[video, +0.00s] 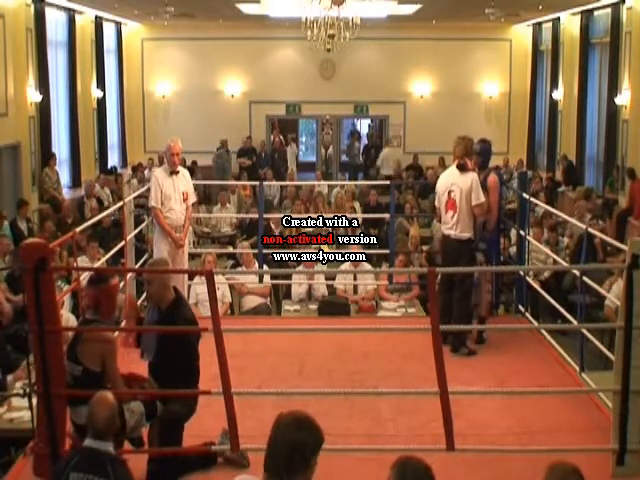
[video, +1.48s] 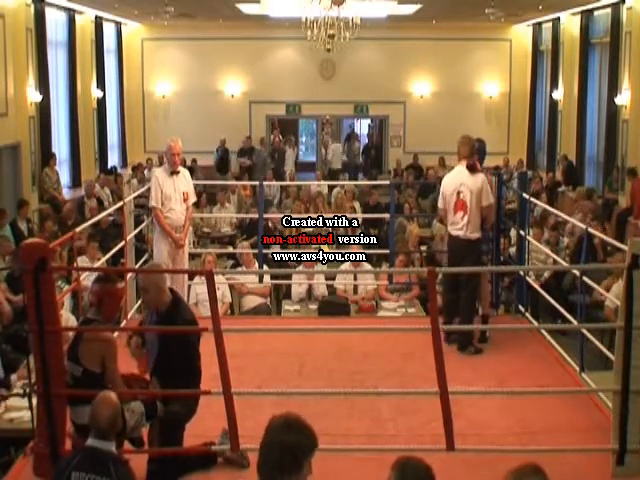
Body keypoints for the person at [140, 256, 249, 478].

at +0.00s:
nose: (146, 288)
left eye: (150, 282)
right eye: (145, 282)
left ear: (166, 282)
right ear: (148, 281)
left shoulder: (181, 319)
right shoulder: (154, 308)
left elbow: (185, 371)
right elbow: (144, 346)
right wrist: (135, 320)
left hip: (177, 398)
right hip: (160, 393)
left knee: (160, 469)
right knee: (160, 467)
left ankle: (217, 451)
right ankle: (215, 449)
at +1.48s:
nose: (142, 296)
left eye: (146, 291)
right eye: (140, 290)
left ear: (163, 289)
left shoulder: (180, 321)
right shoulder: (157, 309)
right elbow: (143, 331)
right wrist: (136, 342)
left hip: (178, 399)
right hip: (162, 393)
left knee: (159, 469)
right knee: (161, 466)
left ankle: (216, 452)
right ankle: (215, 450)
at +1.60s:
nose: (141, 297)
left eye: (145, 291)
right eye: (139, 291)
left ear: (162, 288)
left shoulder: (180, 322)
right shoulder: (156, 310)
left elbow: (173, 379)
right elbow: (142, 339)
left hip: (178, 399)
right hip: (161, 393)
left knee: (161, 469)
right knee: (159, 467)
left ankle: (218, 452)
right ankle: (216, 450)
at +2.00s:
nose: (141, 297)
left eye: (145, 291)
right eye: (139, 291)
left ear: (162, 289)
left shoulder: (179, 319)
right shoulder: (152, 306)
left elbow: (162, 370)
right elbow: (131, 316)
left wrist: (130, 351)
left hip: (180, 395)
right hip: (159, 389)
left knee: (161, 469)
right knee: (162, 467)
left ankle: (217, 454)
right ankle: (216, 450)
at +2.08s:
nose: (140, 297)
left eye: (144, 292)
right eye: (138, 292)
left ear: (161, 289)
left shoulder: (179, 320)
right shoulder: (151, 306)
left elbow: (162, 372)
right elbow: (133, 315)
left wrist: (130, 348)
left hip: (182, 393)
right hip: (158, 387)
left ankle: (217, 454)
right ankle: (217, 451)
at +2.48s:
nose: (137, 298)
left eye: (141, 293)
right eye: (135, 292)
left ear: (157, 289)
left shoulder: (178, 320)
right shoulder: (143, 306)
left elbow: (164, 376)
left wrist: (136, 348)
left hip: (182, 392)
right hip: (157, 386)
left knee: (168, 415)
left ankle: (216, 453)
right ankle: (215, 451)